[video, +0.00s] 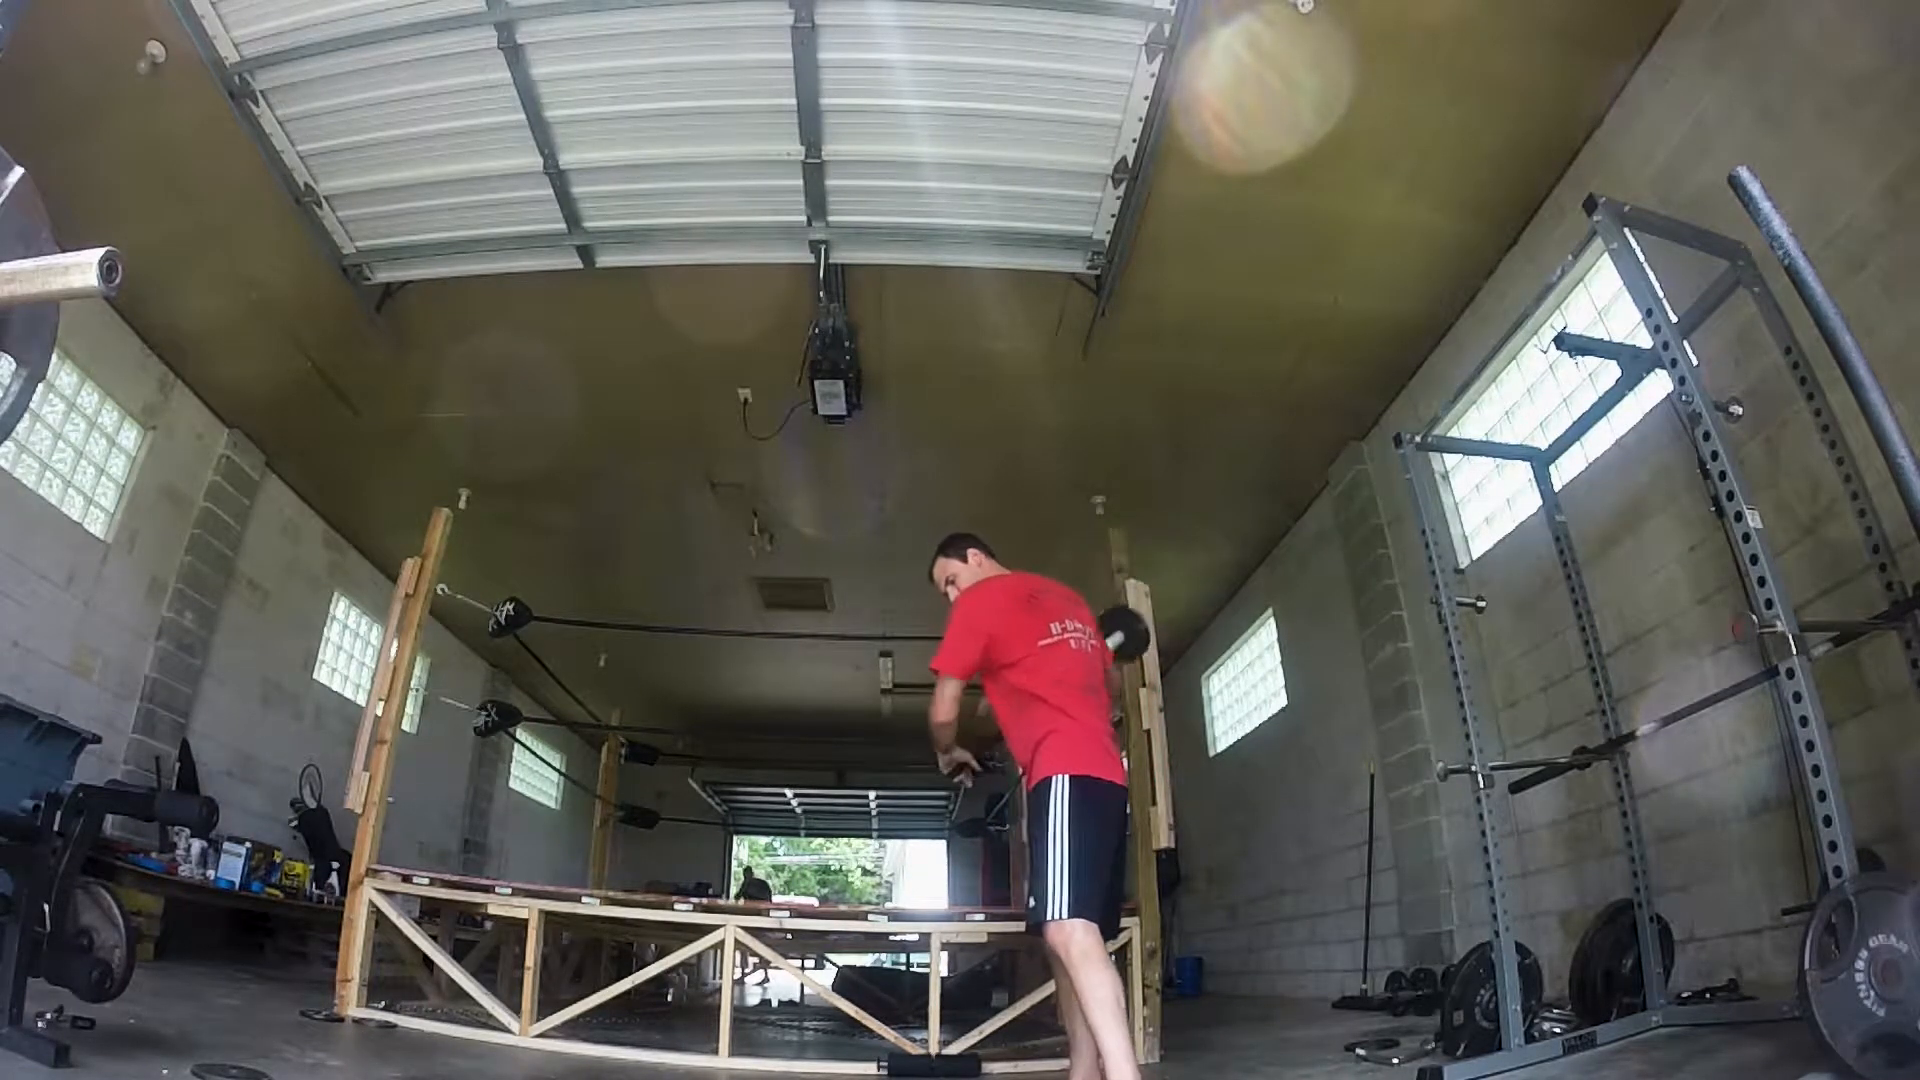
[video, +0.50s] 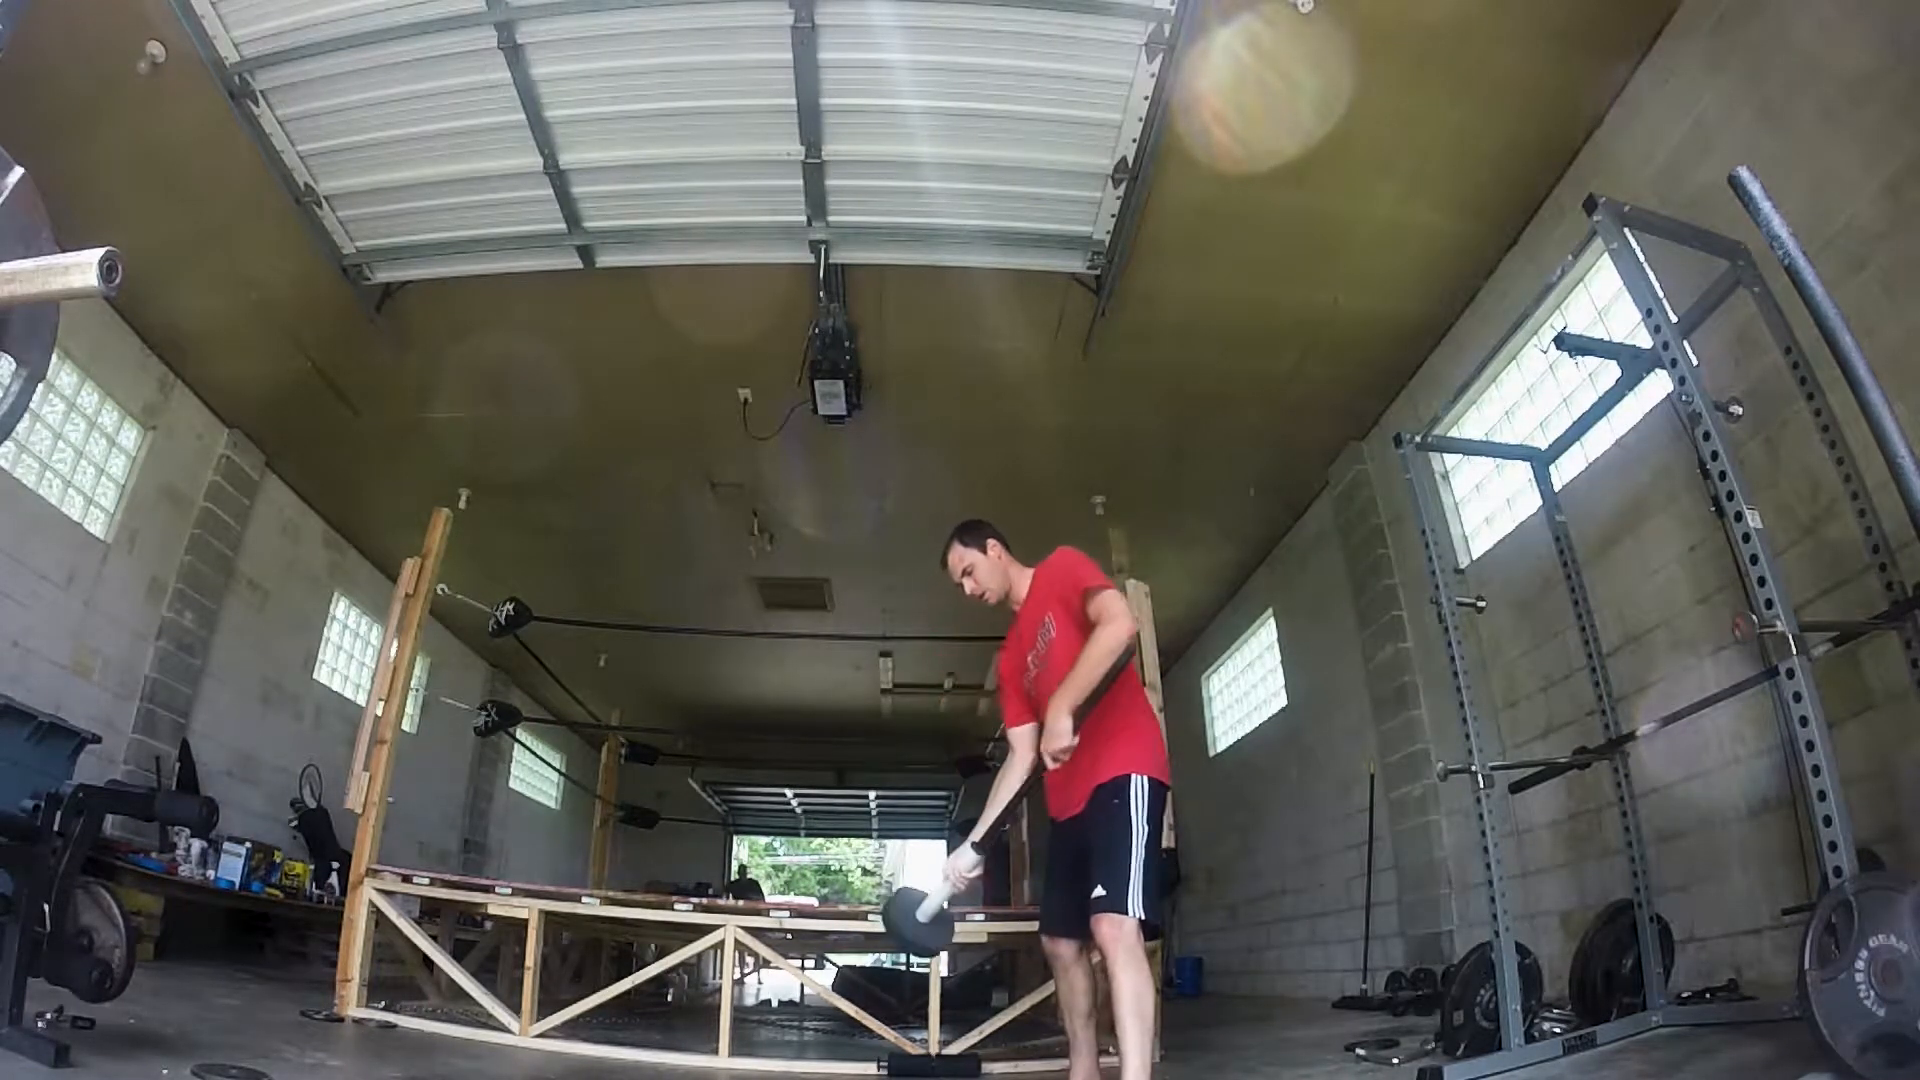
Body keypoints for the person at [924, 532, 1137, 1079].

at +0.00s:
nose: (951, 597)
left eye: (949, 584)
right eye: (945, 591)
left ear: (972, 557)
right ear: (986, 558)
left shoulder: (979, 601)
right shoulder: (1066, 594)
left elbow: (942, 714)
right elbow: (1111, 678)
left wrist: (948, 752)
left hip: (1065, 772)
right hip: (1104, 771)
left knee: (1070, 930)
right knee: (1072, 934)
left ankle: (1124, 1073)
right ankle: (1083, 1072)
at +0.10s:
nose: (956, 595)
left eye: (954, 582)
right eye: (949, 589)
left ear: (977, 555)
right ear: (990, 558)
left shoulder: (991, 596)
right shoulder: (1060, 596)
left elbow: (959, 710)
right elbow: (1074, 687)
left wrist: (953, 762)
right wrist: (1018, 743)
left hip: (1077, 770)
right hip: (1100, 768)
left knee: (1081, 928)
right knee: (1063, 931)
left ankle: (1126, 1074)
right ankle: (1084, 1071)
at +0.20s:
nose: (959, 594)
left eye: (958, 579)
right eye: (952, 589)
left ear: (986, 556)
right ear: (987, 562)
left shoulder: (1012, 589)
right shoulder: (1044, 596)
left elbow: (991, 695)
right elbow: (1068, 692)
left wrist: (968, 760)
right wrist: (1039, 764)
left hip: (1094, 767)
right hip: (1076, 775)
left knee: (1088, 927)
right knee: (1061, 932)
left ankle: (1126, 1074)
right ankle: (1085, 1071)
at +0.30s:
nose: (964, 592)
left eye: (964, 577)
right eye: (956, 587)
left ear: (991, 555)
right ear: (971, 582)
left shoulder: (1031, 581)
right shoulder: (1036, 605)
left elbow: (1031, 674)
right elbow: (1069, 722)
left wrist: (993, 752)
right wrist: (1025, 795)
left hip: (1108, 767)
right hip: (1074, 784)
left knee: (1098, 927)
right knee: (1062, 939)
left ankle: (1129, 1074)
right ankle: (1085, 1072)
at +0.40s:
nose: (965, 590)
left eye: (966, 574)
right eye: (957, 585)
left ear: (994, 552)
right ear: (969, 583)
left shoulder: (1048, 574)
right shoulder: (1020, 658)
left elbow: (1078, 649)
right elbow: (1036, 764)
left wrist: (1024, 736)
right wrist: (989, 842)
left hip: (1117, 761)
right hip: (1071, 786)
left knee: (1108, 926)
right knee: (1061, 939)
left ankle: (1134, 1074)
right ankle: (1085, 1073)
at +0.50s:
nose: (967, 587)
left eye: (967, 571)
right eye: (958, 582)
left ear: (995, 547)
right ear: (970, 579)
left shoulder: (1061, 565)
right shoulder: (1011, 655)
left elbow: (1119, 623)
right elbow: (1021, 754)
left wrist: (1061, 707)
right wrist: (972, 844)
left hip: (1124, 764)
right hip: (1069, 791)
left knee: (1114, 927)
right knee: (1061, 940)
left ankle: (1136, 1074)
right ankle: (1085, 1073)